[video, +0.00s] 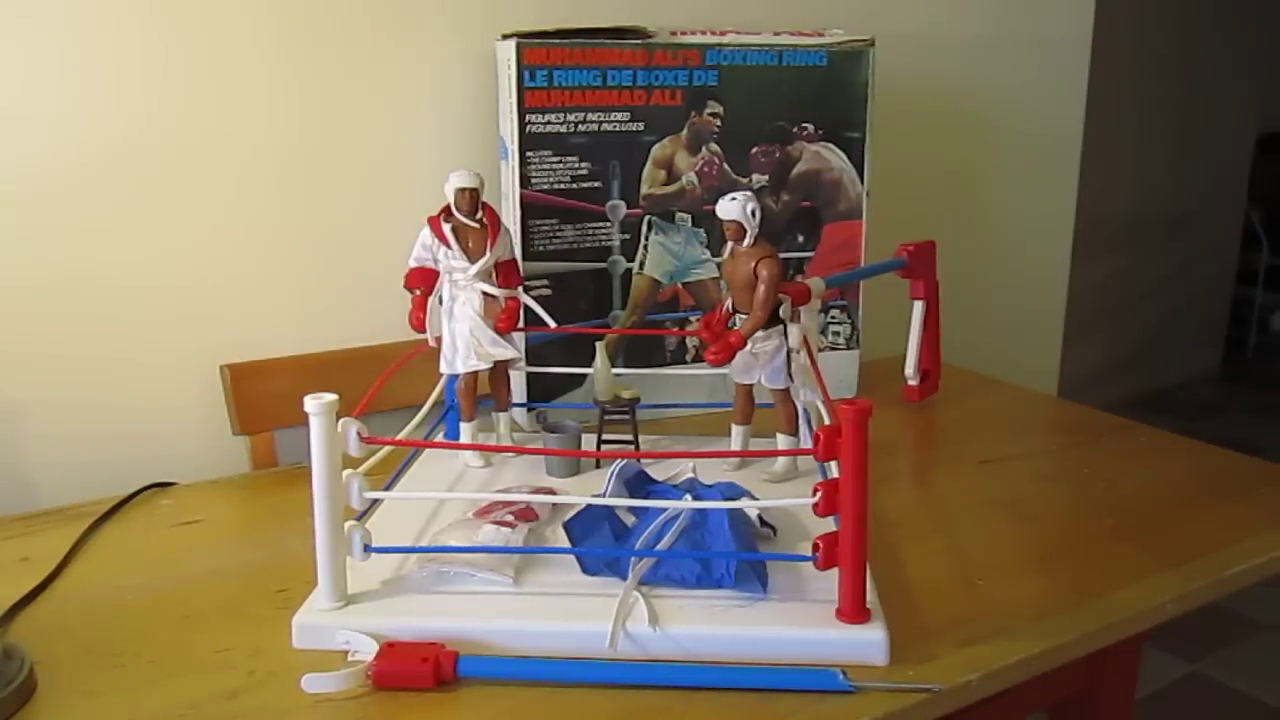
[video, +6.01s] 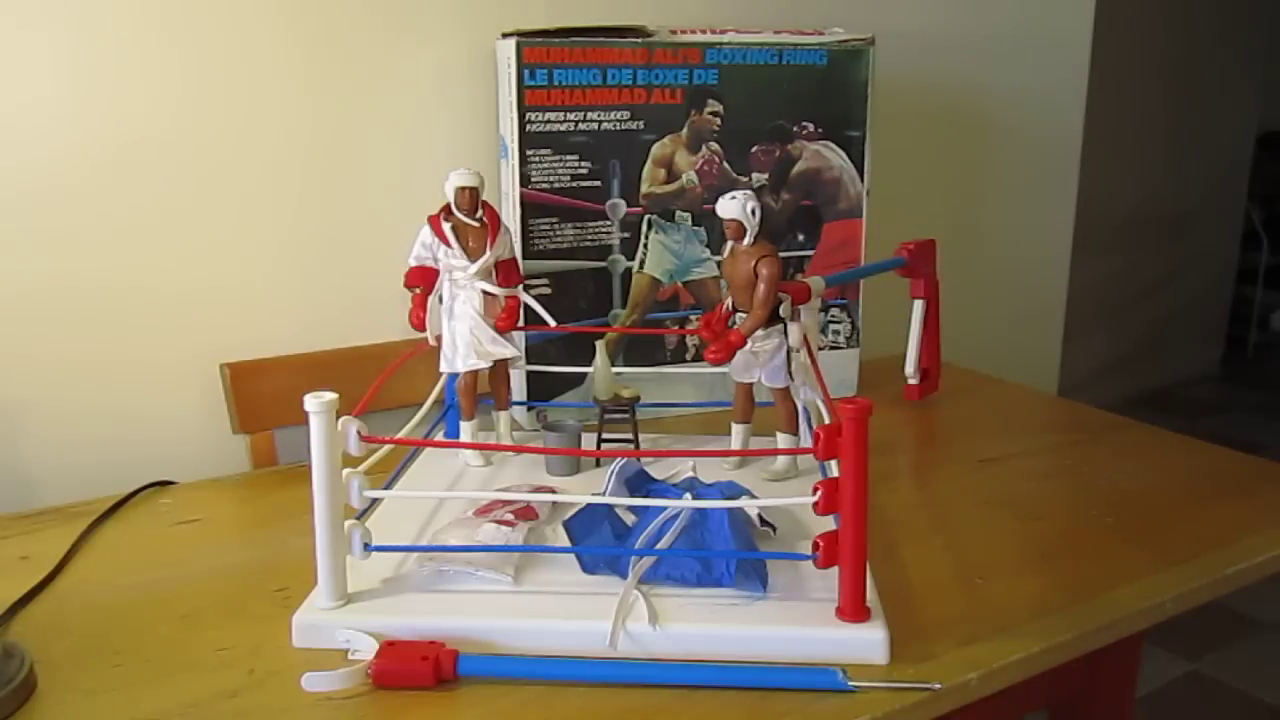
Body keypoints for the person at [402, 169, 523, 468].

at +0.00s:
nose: (468, 199)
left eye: (473, 192)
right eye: (462, 193)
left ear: (480, 195)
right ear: (451, 196)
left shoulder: (494, 227)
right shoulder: (435, 230)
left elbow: (507, 268)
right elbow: (421, 272)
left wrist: (510, 305)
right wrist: (420, 310)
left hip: (492, 303)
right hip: (458, 305)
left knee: (500, 366)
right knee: (468, 370)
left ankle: (505, 433)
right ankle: (468, 442)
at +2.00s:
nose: (467, 198)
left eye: (472, 191)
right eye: (461, 192)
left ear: (480, 194)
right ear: (451, 195)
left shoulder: (496, 228)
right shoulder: (436, 230)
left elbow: (508, 268)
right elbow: (421, 267)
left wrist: (512, 303)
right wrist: (419, 303)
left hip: (493, 303)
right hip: (459, 305)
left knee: (500, 365)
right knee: (469, 370)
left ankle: (504, 433)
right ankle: (469, 440)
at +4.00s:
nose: (467, 198)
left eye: (472, 191)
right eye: (461, 191)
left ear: (481, 194)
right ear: (451, 195)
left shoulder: (497, 229)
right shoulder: (436, 231)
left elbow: (509, 271)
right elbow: (422, 271)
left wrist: (512, 306)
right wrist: (420, 307)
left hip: (493, 303)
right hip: (458, 304)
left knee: (501, 364)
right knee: (469, 369)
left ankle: (505, 433)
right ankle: (468, 441)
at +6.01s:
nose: (466, 198)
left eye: (471, 191)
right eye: (460, 191)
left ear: (480, 194)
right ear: (450, 195)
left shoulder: (497, 228)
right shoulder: (435, 230)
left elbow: (509, 271)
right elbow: (421, 270)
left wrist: (511, 306)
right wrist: (420, 307)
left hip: (492, 302)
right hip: (457, 304)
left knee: (500, 364)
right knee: (468, 369)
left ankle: (505, 433)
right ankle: (469, 441)